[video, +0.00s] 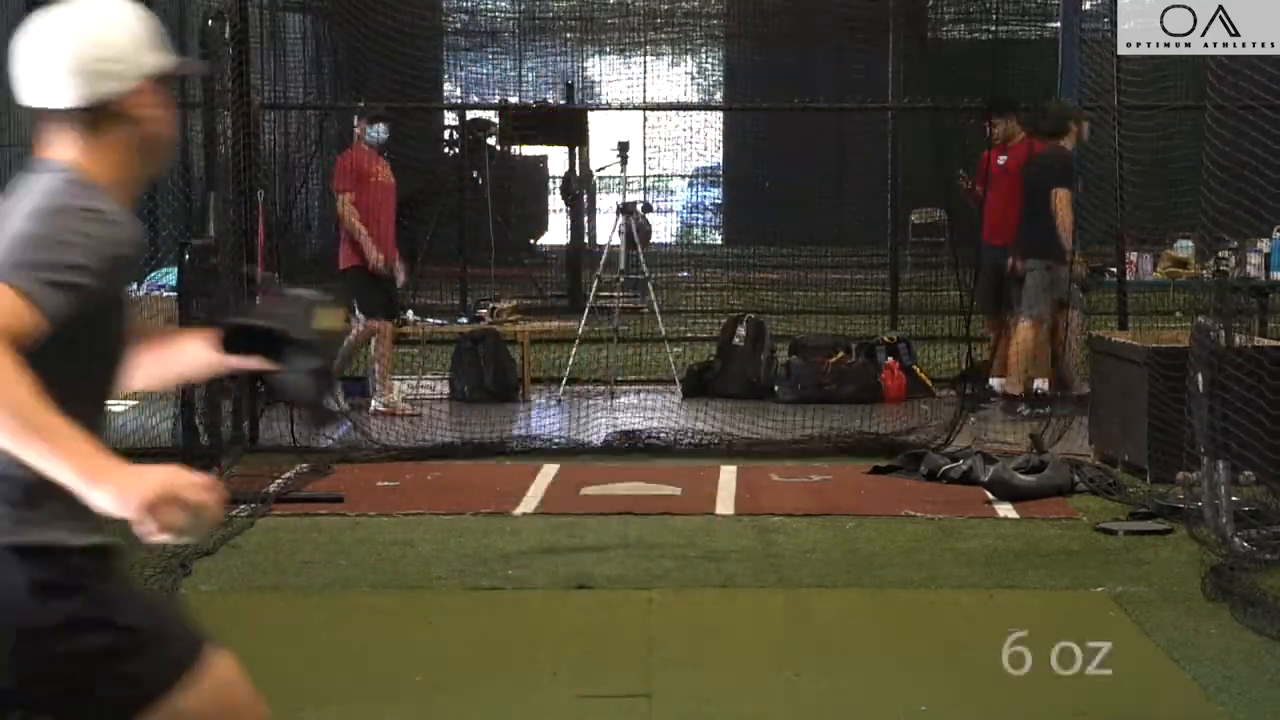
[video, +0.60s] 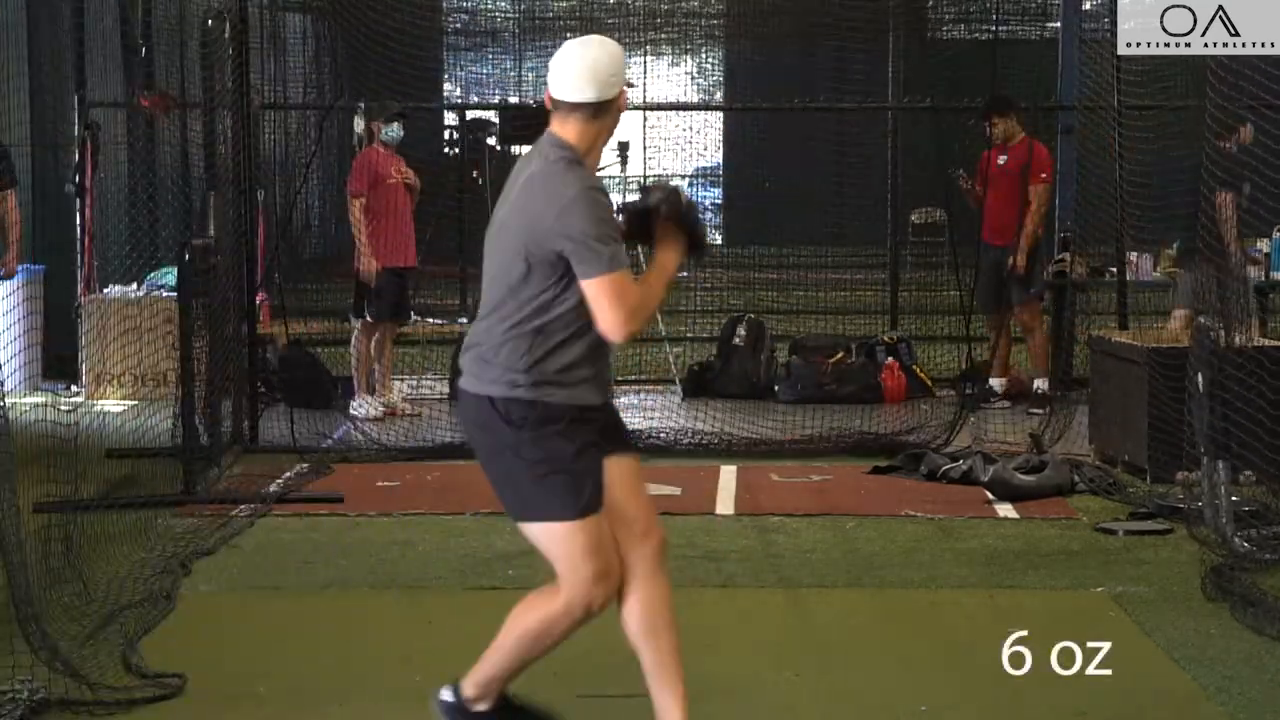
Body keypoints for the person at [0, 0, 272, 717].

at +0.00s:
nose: (174, 109)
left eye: (168, 88)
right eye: (164, 88)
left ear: (57, 106)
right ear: (132, 98)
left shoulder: (41, 206)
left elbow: (64, 363)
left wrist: (213, 348)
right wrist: (110, 481)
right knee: (225, 701)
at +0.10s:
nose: (354, 153)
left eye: (350, 134)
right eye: (348, 133)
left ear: (240, 146)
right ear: (323, 140)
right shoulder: (249, 268)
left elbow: (262, 386)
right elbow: (147, 437)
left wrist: (359, 382)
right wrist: (256, 532)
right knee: (376, 707)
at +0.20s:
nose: (475, 191)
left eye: (473, 176)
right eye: (472, 175)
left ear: (376, 186)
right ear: (454, 181)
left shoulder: (366, 280)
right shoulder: (385, 301)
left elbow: (408, 402)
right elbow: (331, 471)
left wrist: (540, 377)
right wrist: (458, 571)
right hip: (288, 562)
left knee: (478, 688)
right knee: (474, 702)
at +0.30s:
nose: (547, 166)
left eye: (543, 152)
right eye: (543, 153)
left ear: (462, 165)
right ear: (531, 162)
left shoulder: (475, 256)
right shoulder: (461, 266)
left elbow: (497, 365)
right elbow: (419, 424)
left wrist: (615, 325)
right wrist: (563, 468)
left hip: (429, 509)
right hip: (380, 518)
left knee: (574, 640)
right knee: (464, 705)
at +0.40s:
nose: (589, 156)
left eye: (585, 144)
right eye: (587, 145)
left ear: (507, 152)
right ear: (577, 154)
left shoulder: (549, 237)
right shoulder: (495, 254)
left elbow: (584, 313)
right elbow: (496, 410)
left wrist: (676, 259)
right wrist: (624, 371)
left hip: (526, 475)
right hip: (466, 477)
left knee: (653, 646)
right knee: (519, 669)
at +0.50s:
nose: (608, 132)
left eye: (604, 122)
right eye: (607, 122)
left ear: (532, 127)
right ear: (600, 131)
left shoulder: (547, 200)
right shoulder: (544, 217)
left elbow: (593, 270)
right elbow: (590, 357)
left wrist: (649, 219)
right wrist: (678, 267)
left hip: (562, 438)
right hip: (508, 443)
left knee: (657, 587)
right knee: (577, 627)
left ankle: (660, 715)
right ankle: (452, 716)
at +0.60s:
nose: (625, 105)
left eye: (622, 95)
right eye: (625, 95)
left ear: (549, 98)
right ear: (618, 103)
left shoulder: (543, 172)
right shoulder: (570, 190)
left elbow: (550, 277)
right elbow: (621, 320)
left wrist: (623, 230)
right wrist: (671, 252)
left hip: (574, 396)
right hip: (521, 403)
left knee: (642, 544)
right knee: (592, 581)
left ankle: (672, 712)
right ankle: (471, 697)